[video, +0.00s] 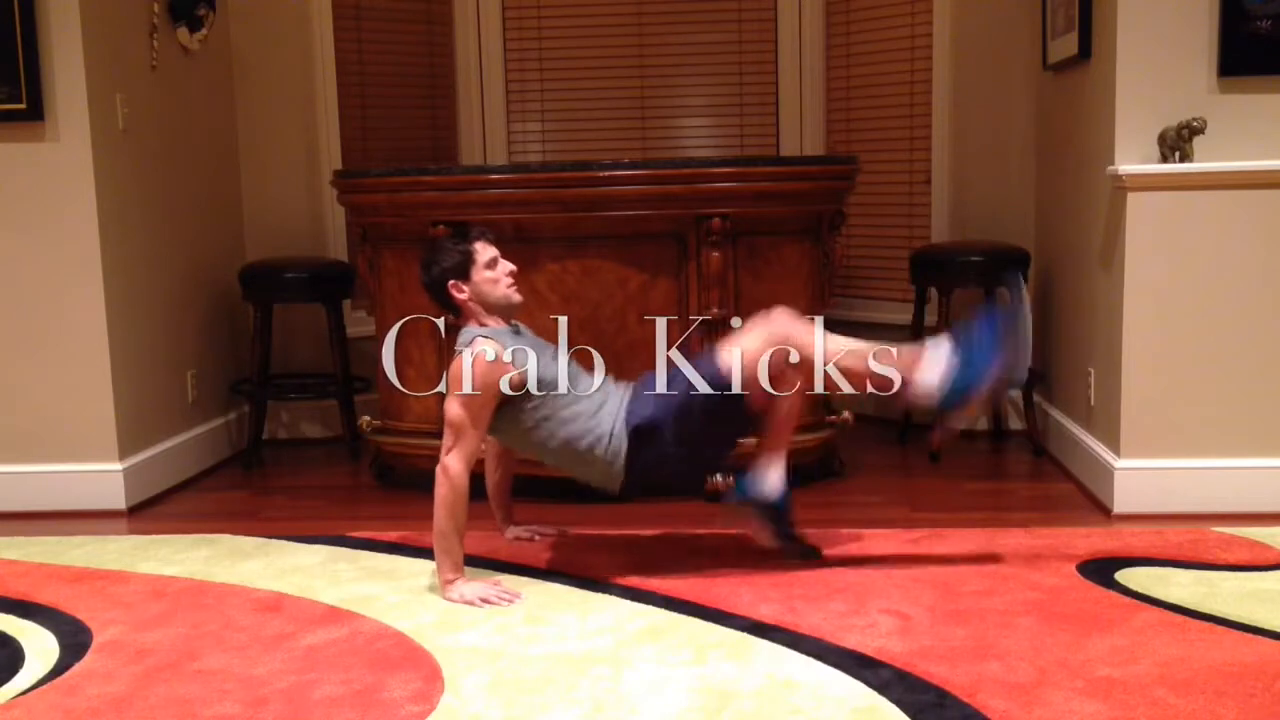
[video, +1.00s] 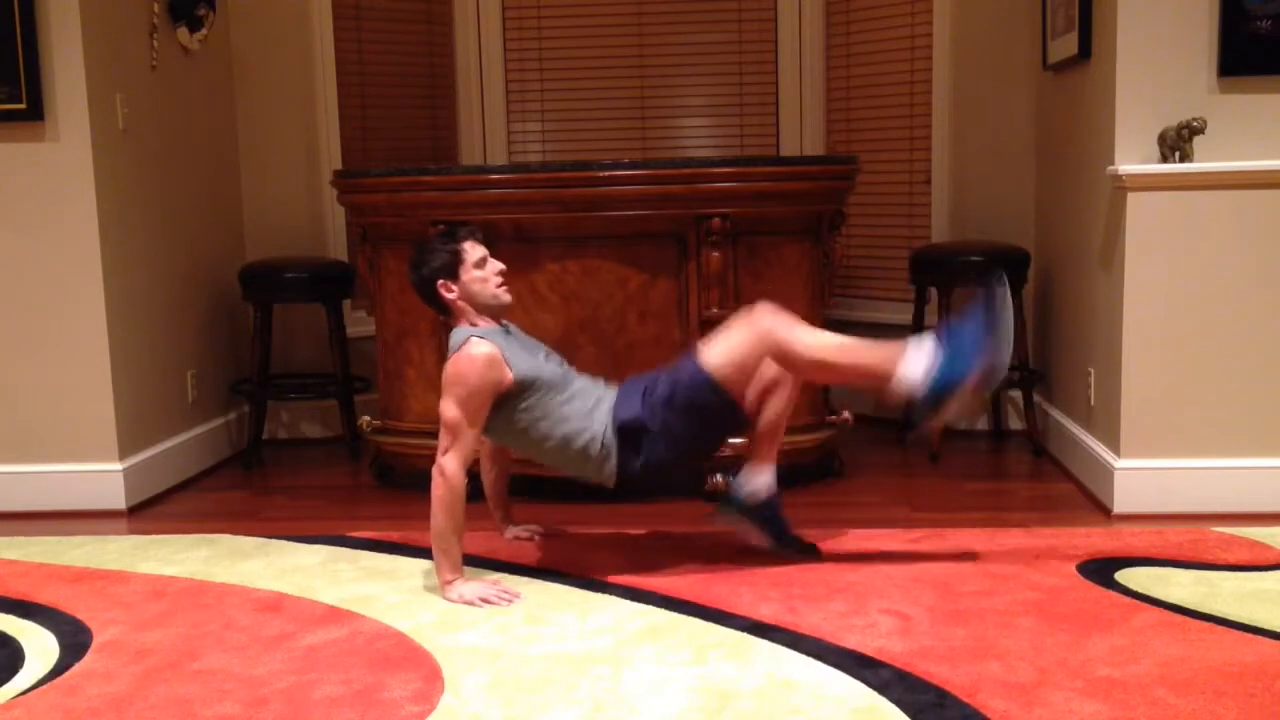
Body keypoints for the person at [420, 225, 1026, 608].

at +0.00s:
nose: (510, 270)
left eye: (504, 260)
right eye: (494, 266)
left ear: (489, 282)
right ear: (464, 292)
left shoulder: (506, 340)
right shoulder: (478, 355)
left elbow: (494, 441)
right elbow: (451, 464)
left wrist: (499, 524)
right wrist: (449, 576)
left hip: (642, 419)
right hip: (635, 445)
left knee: (783, 337)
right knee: (781, 329)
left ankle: (765, 484)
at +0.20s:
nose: (518, 274)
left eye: (510, 265)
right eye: (501, 271)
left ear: (495, 290)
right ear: (471, 301)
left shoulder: (517, 346)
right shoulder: (495, 369)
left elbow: (493, 440)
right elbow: (452, 464)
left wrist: (503, 520)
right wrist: (448, 579)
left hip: (640, 447)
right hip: (638, 481)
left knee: (777, 366)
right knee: (778, 376)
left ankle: (742, 515)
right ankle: (920, 317)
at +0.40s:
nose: (498, 269)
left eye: (493, 260)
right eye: (482, 265)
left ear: (470, 283)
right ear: (451, 290)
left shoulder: (490, 336)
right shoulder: (472, 357)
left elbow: (486, 436)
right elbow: (450, 466)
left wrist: (500, 515)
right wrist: (449, 577)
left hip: (640, 411)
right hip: (640, 445)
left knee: (760, 315)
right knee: (762, 315)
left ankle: (857, 411)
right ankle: (823, 464)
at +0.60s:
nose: (517, 274)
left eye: (510, 267)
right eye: (501, 273)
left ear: (501, 293)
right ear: (476, 306)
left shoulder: (526, 341)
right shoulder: (498, 364)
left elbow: (498, 436)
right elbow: (458, 463)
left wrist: (501, 519)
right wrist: (447, 578)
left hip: (630, 471)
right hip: (616, 498)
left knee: (797, 389)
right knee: (740, 380)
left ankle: (896, 319)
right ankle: (756, 532)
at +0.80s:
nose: (501, 269)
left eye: (495, 260)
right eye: (484, 265)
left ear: (478, 280)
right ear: (451, 290)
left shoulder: (495, 335)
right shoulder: (472, 357)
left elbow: (489, 437)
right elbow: (449, 464)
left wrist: (499, 520)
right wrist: (449, 576)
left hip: (646, 408)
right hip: (639, 448)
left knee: (763, 312)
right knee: (795, 368)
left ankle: (865, 422)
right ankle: (771, 520)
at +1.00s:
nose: (499, 269)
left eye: (493, 260)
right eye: (483, 265)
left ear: (475, 283)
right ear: (451, 292)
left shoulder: (498, 340)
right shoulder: (472, 360)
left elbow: (489, 438)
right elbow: (448, 466)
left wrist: (499, 518)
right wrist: (449, 576)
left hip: (637, 423)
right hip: (630, 440)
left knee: (786, 354)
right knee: (763, 320)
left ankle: (754, 492)